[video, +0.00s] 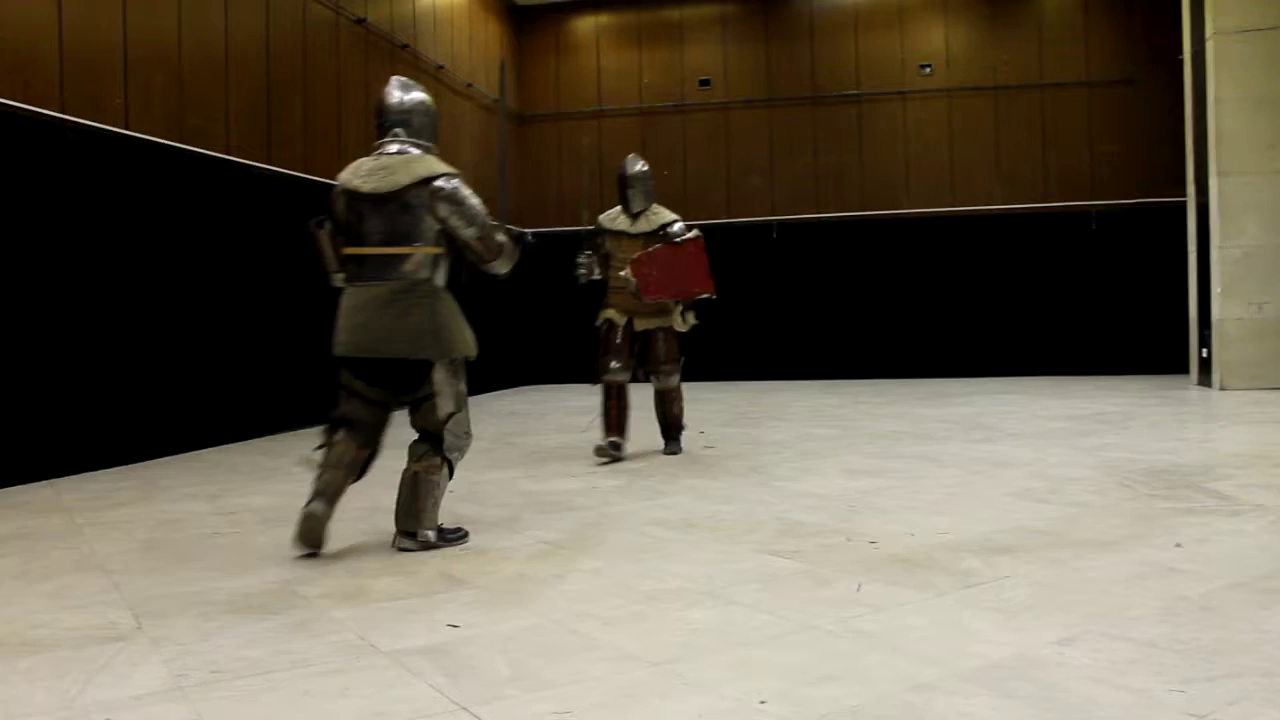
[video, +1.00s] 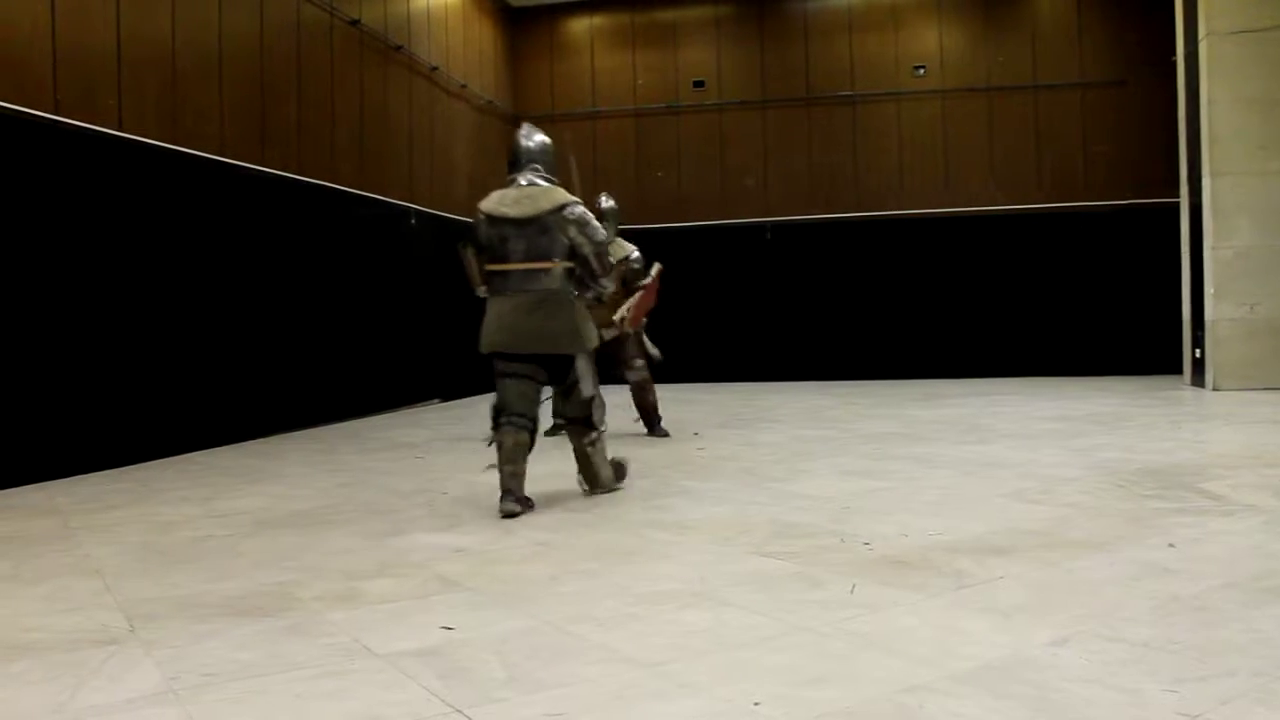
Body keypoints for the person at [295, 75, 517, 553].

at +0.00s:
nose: (433, 129)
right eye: (431, 122)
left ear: (384, 124)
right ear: (428, 123)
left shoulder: (348, 181)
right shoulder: (436, 180)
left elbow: (339, 261)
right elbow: (489, 247)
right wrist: (508, 245)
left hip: (359, 322)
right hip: (420, 323)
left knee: (355, 423)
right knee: (443, 429)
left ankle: (320, 501)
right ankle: (417, 526)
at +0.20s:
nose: (458, 126)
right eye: (456, 118)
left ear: (407, 121)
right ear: (454, 119)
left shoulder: (377, 176)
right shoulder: (464, 173)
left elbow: (362, 255)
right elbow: (519, 242)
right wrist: (522, 220)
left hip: (388, 312)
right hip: (444, 313)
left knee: (409, 420)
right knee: (433, 423)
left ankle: (410, 524)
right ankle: (415, 529)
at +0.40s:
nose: (478, 143)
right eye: (475, 136)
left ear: (428, 140)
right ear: (473, 137)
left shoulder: (397, 194)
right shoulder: (484, 191)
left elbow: (382, 277)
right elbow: (533, 261)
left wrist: (419, 276)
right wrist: (541, 245)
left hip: (414, 322)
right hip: (468, 322)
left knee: (469, 409)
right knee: (442, 419)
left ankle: (495, 492)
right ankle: (408, 525)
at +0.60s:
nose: (493, 153)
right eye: (492, 146)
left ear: (450, 150)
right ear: (492, 146)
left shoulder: (425, 203)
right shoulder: (503, 193)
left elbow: (413, 281)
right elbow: (545, 244)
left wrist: (441, 289)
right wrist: (558, 284)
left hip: (447, 322)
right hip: (498, 318)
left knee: (485, 409)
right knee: (509, 419)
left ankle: (506, 496)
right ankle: (446, 489)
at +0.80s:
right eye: (517, 144)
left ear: (479, 148)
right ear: (519, 145)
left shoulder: (455, 197)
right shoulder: (531, 190)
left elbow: (443, 262)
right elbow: (568, 236)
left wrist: (464, 283)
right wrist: (575, 278)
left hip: (472, 315)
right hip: (527, 314)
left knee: (492, 402)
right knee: (561, 390)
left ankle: (504, 497)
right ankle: (550, 471)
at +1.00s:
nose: (550, 167)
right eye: (551, 161)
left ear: (514, 162)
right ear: (550, 162)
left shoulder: (489, 209)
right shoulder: (564, 206)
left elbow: (481, 266)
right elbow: (599, 246)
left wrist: (497, 290)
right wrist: (595, 282)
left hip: (506, 319)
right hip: (559, 318)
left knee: (514, 408)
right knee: (579, 399)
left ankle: (511, 494)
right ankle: (598, 474)